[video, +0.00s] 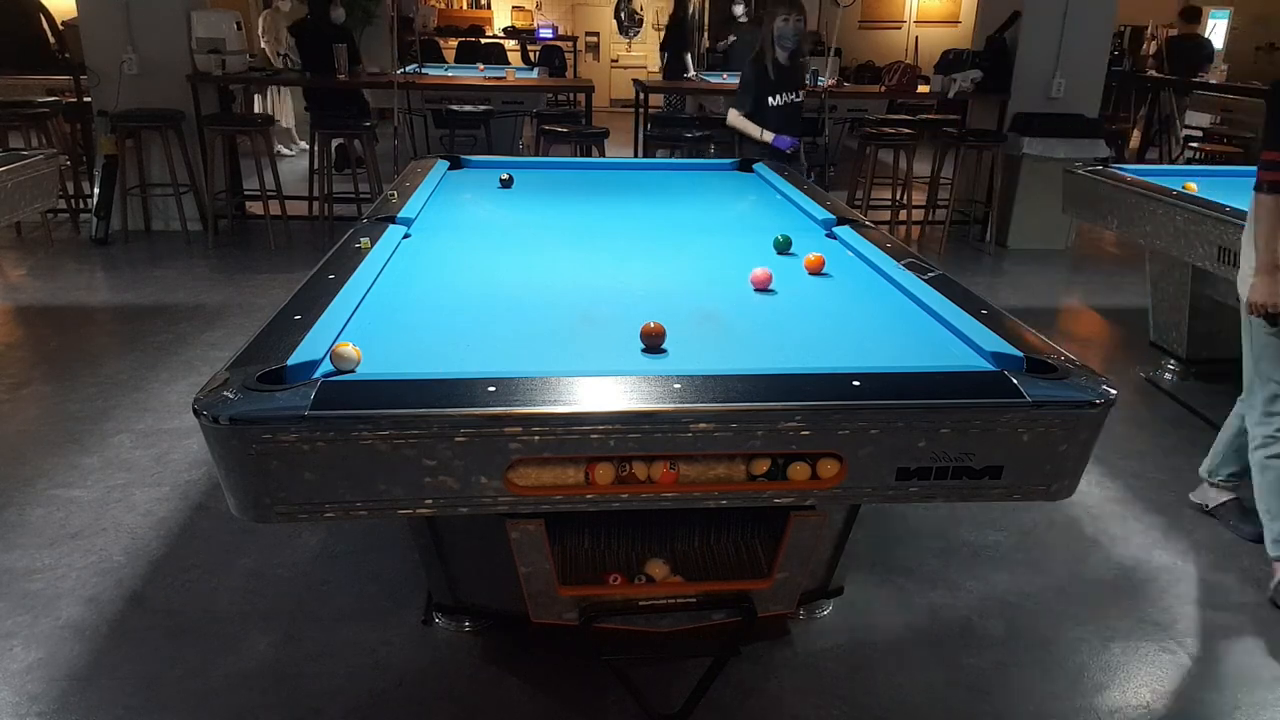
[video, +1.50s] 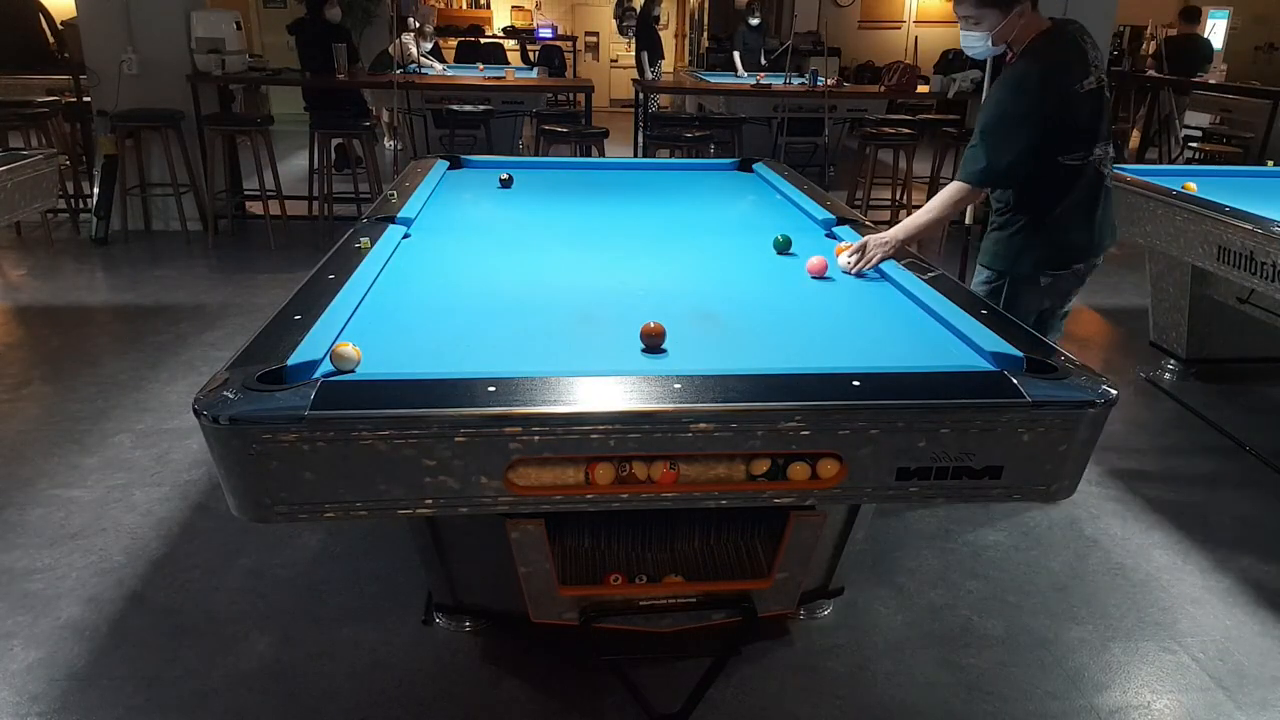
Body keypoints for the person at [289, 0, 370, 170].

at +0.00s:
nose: (342, 11)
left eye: (341, 7)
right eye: (339, 7)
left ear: (311, 8)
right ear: (332, 9)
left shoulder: (299, 30)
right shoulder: (342, 33)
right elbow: (357, 71)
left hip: (315, 103)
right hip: (345, 104)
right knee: (362, 106)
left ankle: (352, 151)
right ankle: (346, 148)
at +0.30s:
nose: (342, 12)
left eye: (341, 7)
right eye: (339, 7)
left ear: (309, 9)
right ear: (332, 9)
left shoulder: (300, 30)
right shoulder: (342, 33)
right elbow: (355, 70)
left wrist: (300, 11)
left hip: (315, 102)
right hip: (345, 104)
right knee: (361, 106)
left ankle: (342, 146)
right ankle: (347, 149)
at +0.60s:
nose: (342, 11)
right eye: (338, 7)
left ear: (310, 8)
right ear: (330, 8)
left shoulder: (300, 30)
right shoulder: (341, 32)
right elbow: (355, 69)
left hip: (315, 105)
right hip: (347, 106)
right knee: (363, 107)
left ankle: (348, 150)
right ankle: (345, 149)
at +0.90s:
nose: (334, 8)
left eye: (333, 4)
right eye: (331, 4)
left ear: (308, 7)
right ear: (321, 5)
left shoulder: (299, 29)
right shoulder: (332, 29)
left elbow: (303, 66)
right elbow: (352, 63)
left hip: (313, 99)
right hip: (340, 101)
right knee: (364, 109)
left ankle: (346, 150)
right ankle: (345, 149)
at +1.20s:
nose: (336, 9)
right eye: (332, 5)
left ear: (305, 7)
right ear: (324, 6)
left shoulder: (299, 27)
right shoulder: (333, 28)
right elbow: (352, 60)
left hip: (313, 99)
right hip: (339, 101)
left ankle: (347, 150)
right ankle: (345, 149)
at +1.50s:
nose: (340, 11)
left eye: (338, 5)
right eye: (336, 6)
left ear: (310, 8)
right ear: (327, 8)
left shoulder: (301, 30)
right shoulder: (339, 32)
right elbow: (355, 69)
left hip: (314, 102)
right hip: (342, 104)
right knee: (362, 109)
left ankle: (348, 150)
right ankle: (345, 148)